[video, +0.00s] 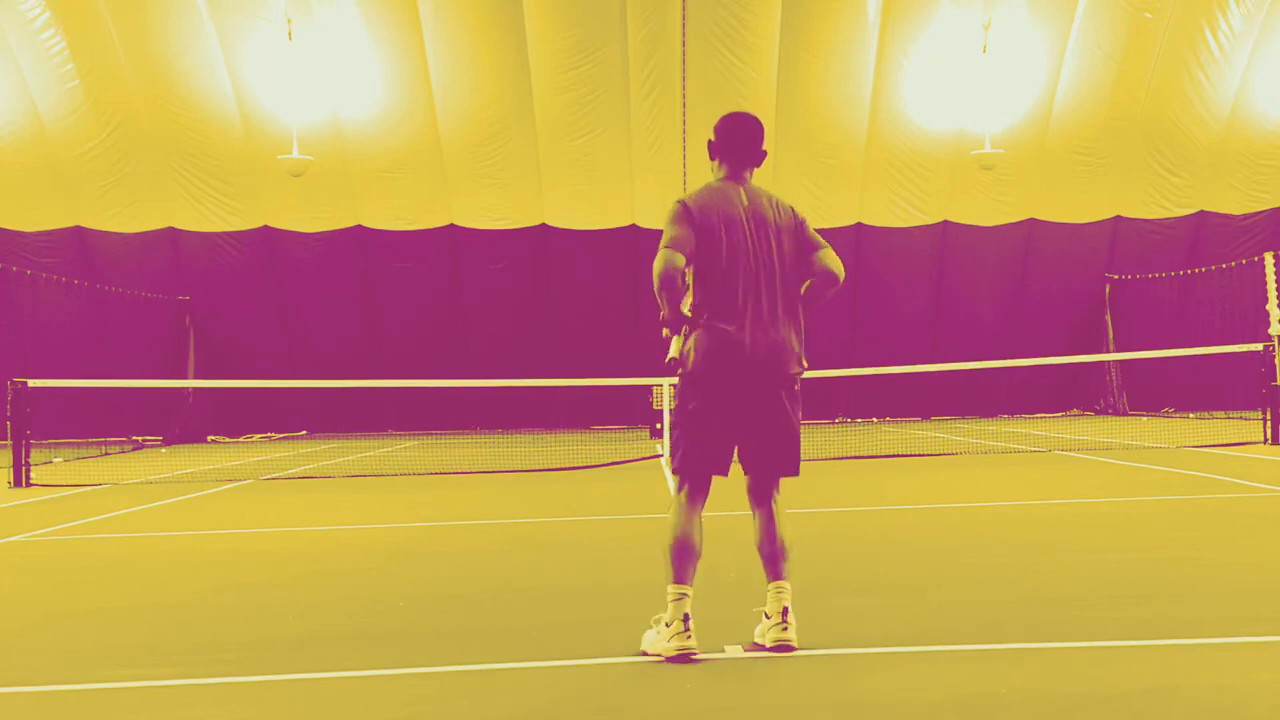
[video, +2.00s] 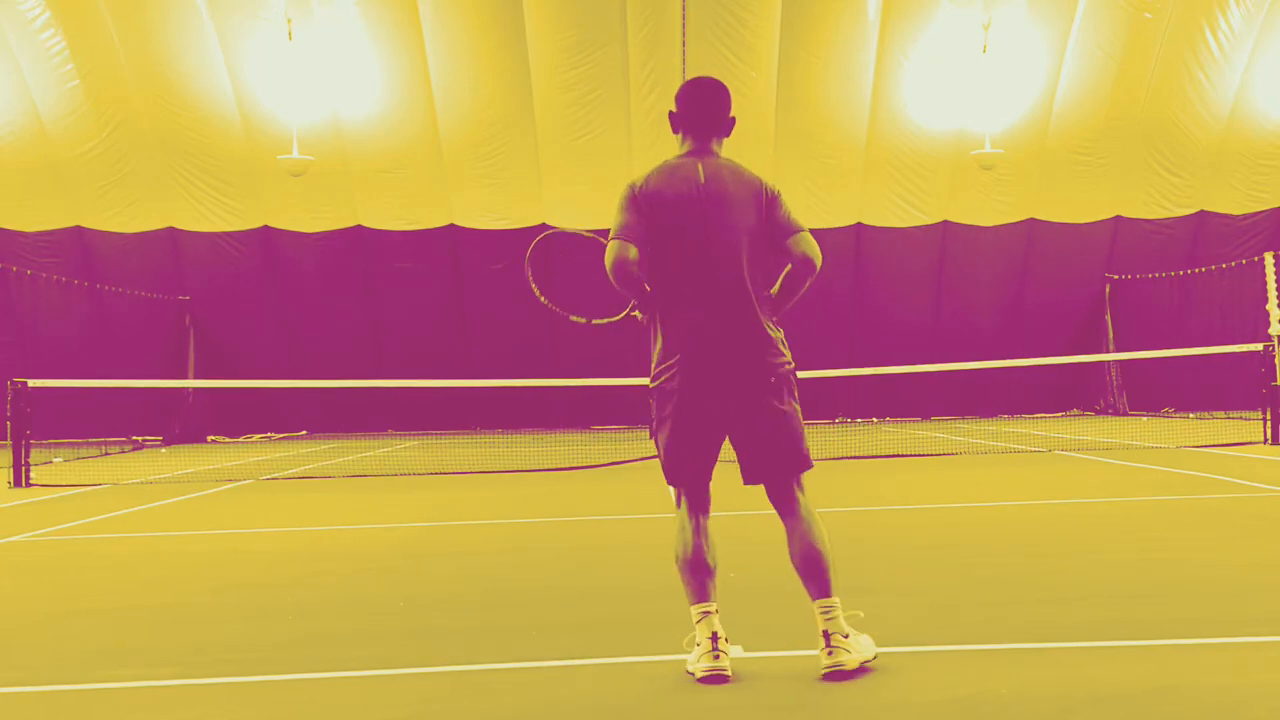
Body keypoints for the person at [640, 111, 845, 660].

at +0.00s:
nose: (713, 160)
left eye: (712, 152)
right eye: (727, 154)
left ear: (713, 153)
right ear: (762, 158)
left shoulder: (693, 207)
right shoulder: (786, 213)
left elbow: (667, 269)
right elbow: (831, 272)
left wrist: (673, 324)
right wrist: (788, 307)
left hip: (712, 363)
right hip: (775, 364)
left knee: (690, 495)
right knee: (765, 494)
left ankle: (678, 623)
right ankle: (781, 618)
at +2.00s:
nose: (710, 135)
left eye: (679, 126)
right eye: (722, 124)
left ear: (673, 125)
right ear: (729, 126)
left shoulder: (644, 189)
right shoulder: (756, 188)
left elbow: (618, 260)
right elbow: (809, 258)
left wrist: (646, 301)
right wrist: (770, 308)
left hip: (684, 366)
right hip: (759, 361)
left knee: (690, 503)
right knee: (791, 498)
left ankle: (709, 642)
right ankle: (835, 636)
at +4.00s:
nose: (693, 143)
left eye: (686, 132)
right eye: (719, 134)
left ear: (681, 134)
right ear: (732, 136)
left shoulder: (657, 192)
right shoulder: (760, 196)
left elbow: (627, 262)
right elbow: (804, 254)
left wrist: (657, 283)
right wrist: (765, 300)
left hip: (678, 353)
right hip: (743, 353)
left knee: (662, 483)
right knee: (736, 486)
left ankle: (657, 612)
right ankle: (745, 613)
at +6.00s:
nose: (680, 121)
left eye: (672, 110)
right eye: (704, 113)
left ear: (665, 113)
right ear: (716, 116)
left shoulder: (637, 168)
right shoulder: (742, 172)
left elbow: (615, 235)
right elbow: (784, 228)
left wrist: (642, 274)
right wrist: (745, 278)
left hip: (663, 328)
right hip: (727, 326)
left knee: (666, 462)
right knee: (736, 461)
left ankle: (672, 593)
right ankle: (745, 591)